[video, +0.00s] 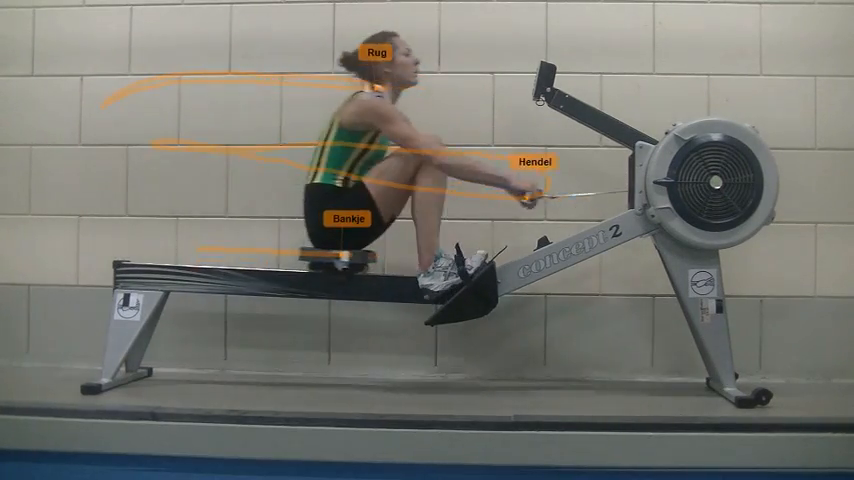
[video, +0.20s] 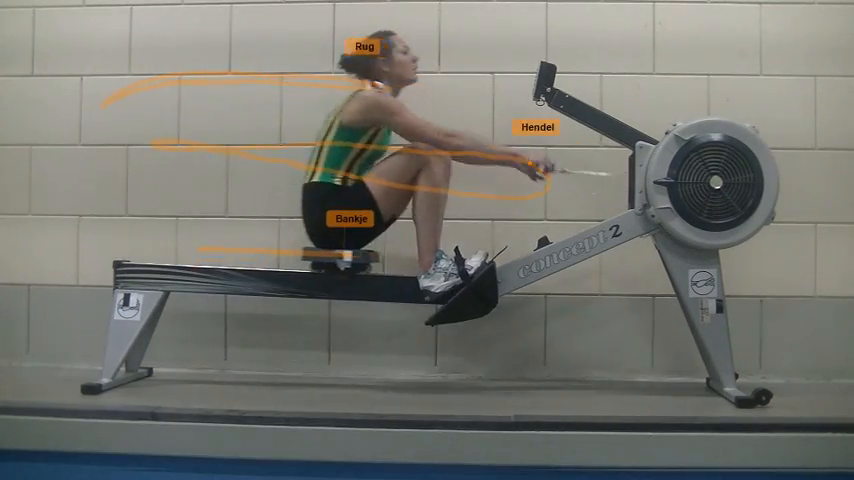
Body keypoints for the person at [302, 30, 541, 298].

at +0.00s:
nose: (416, 60)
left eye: (411, 54)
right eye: (406, 55)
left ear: (387, 69)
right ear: (384, 67)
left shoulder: (380, 106)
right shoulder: (371, 105)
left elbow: (439, 158)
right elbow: (438, 157)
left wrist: (506, 182)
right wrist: (508, 181)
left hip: (338, 217)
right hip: (331, 218)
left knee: (428, 158)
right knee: (426, 158)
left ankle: (434, 263)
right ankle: (429, 271)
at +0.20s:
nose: (414, 57)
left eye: (410, 50)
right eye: (404, 52)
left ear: (384, 67)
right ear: (382, 65)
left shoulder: (379, 102)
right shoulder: (373, 102)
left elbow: (449, 147)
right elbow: (448, 141)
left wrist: (515, 160)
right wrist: (517, 157)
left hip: (336, 214)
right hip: (330, 215)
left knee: (434, 159)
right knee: (430, 158)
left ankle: (435, 262)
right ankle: (429, 273)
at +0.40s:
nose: (336, 54)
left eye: (331, 47)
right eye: (326, 49)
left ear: (304, 63)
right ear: (302, 61)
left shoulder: (303, 103)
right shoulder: (288, 97)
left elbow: (366, 147)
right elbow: (360, 131)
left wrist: (428, 156)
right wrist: (431, 139)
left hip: (275, 211)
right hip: (263, 213)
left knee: (379, 167)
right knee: (376, 169)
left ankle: (432, 273)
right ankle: (430, 279)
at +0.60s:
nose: (238, 50)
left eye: (235, 44)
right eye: (228, 45)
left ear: (211, 54)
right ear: (204, 52)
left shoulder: (204, 98)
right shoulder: (191, 93)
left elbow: (262, 147)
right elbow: (255, 127)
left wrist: (329, 151)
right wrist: (329, 135)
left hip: (207, 212)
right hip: (197, 213)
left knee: (328, 217)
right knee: (326, 217)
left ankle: (428, 276)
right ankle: (427, 279)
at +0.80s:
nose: (177, 73)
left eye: (176, 66)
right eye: (169, 66)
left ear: (158, 72)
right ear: (142, 70)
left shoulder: (153, 119)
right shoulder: (122, 110)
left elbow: (182, 177)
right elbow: (136, 161)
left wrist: (230, 164)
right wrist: (200, 145)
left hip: (199, 211)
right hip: (186, 213)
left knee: (311, 236)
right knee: (305, 239)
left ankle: (430, 277)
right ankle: (426, 281)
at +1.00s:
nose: (173, 77)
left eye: (172, 70)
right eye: (165, 70)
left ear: (152, 74)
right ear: (140, 74)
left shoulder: (146, 115)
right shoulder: (116, 113)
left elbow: (149, 163)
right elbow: (74, 166)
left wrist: (179, 150)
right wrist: (130, 137)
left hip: (197, 213)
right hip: (185, 218)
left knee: (311, 232)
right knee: (308, 234)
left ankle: (427, 276)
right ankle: (429, 279)